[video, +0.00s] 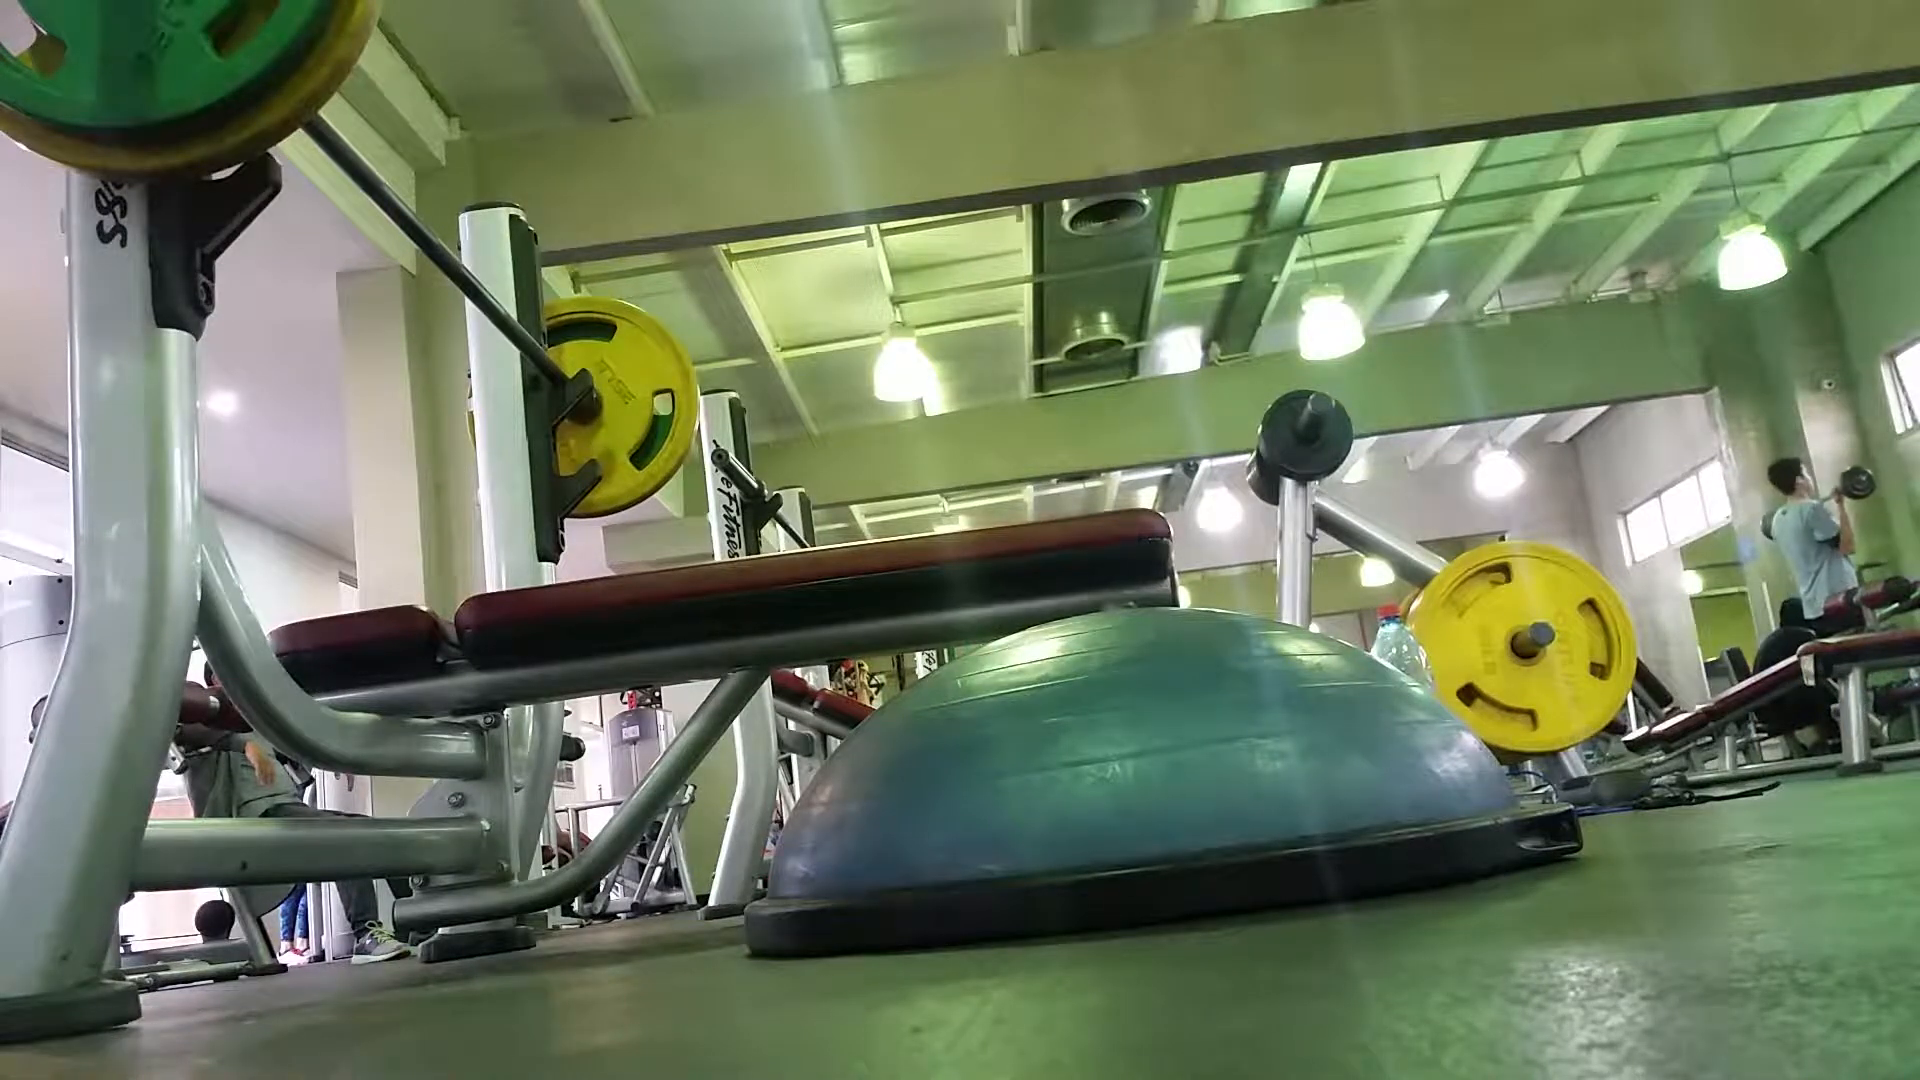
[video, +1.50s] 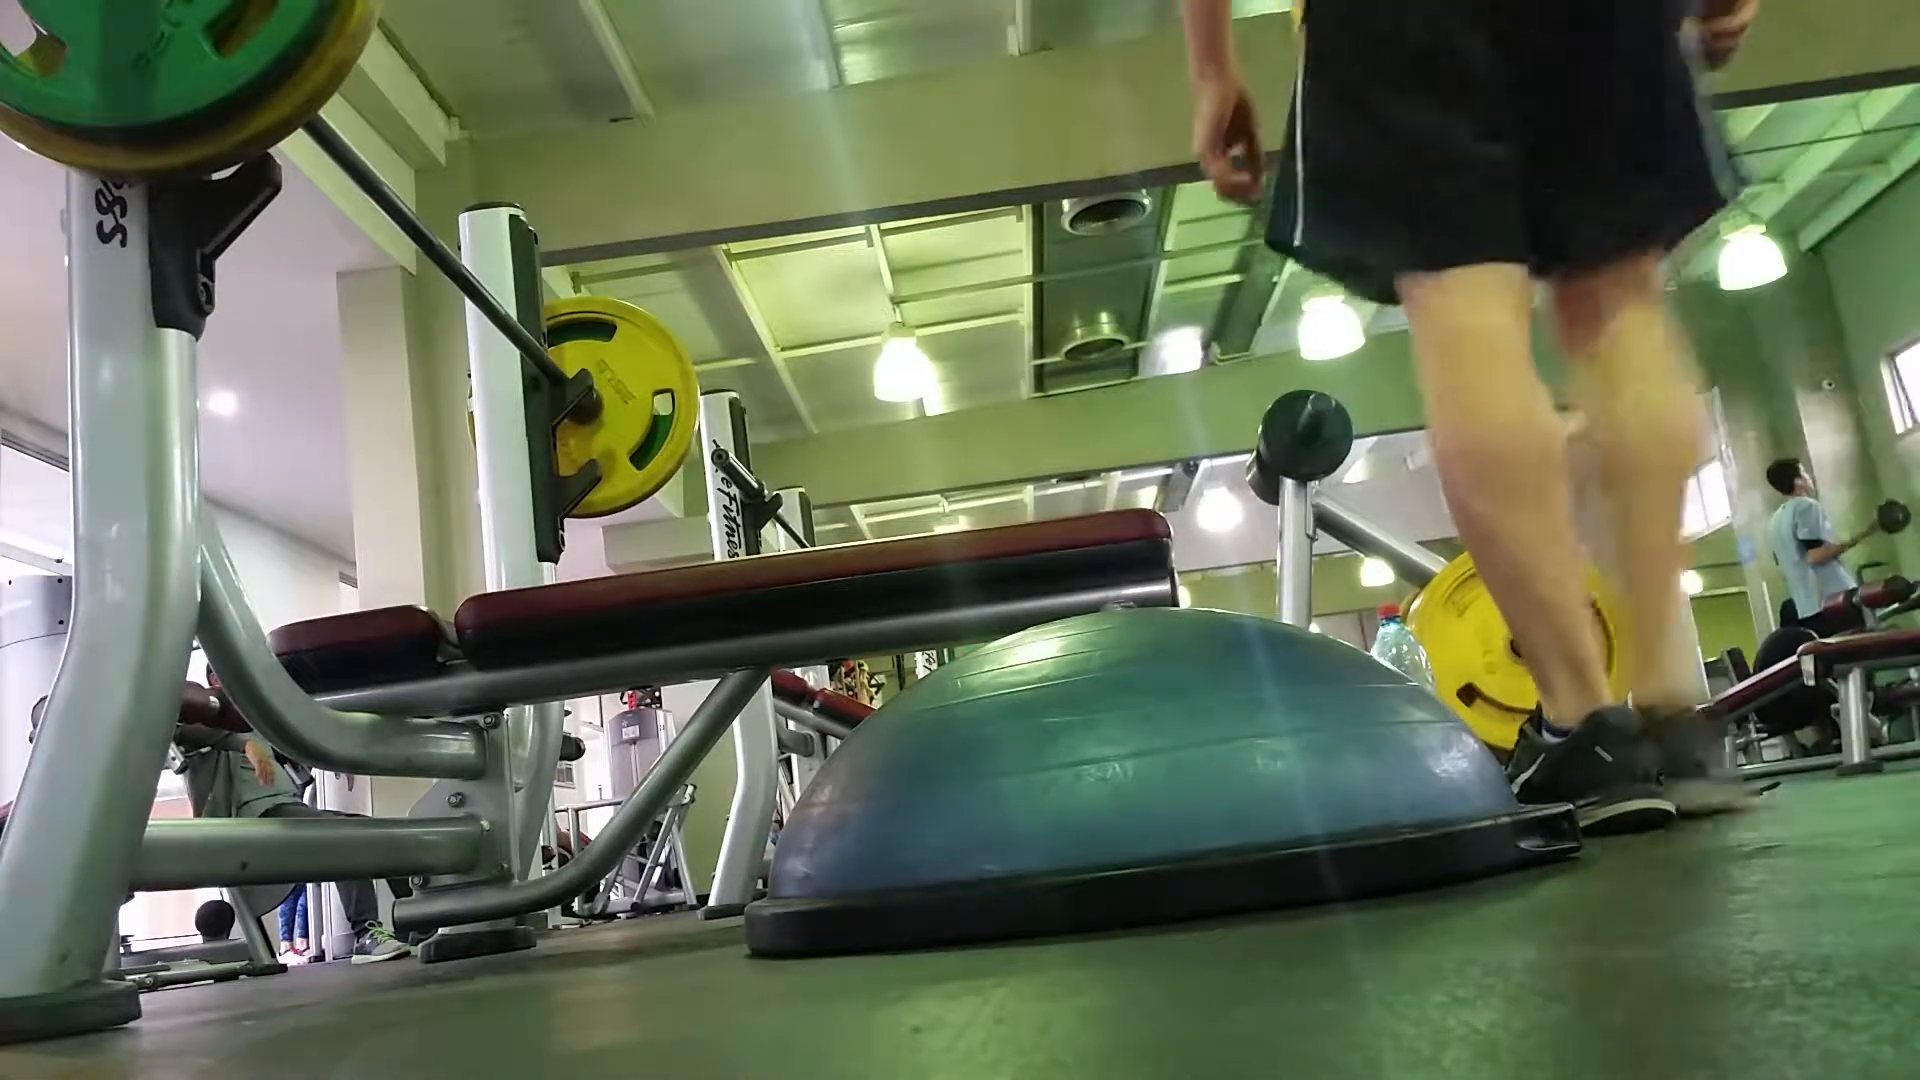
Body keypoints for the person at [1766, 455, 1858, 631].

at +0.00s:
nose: (1811, 478)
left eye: (1808, 473)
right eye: (1807, 474)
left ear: (1782, 487)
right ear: (1798, 481)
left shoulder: (1778, 519)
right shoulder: (1812, 510)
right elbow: (1847, 546)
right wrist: (1841, 505)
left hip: (1813, 608)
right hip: (1839, 602)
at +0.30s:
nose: (1812, 475)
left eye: (1808, 470)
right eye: (1807, 471)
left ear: (1783, 486)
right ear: (1800, 479)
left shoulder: (1777, 518)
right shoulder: (1812, 508)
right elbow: (1848, 543)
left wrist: (1829, 497)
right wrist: (1839, 502)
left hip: (1810, 606)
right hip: (1838, 600)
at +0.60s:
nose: (1812, 474)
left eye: (1809, 468)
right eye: (1808, 469)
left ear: (1783, 484)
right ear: (1801, 476)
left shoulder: (1776, 516)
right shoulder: (1813, 506)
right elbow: (1849, 539)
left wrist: (1826, 493)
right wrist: (1837, 496)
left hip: (1807, 606)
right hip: (1836, 600)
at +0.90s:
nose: (1810, 478)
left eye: (1807, 473)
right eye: (1805, 474)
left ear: (1782, 486)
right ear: (1797, 481)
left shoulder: (1774, 520)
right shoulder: (1806, 511)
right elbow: (1840, 548)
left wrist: (1823, 504)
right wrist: (1833, 508)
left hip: (1805, 609)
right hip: (1832, 603)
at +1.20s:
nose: (1812, 477)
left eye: (1809, 472)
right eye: (1807, 473)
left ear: (1782, 484)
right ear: (1798, 479)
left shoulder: (1774, 518)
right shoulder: (1808, 509)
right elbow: (1838, 550)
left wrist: (1830, 504)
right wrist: (1840, 507)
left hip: (1807, 607)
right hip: (1835, 600)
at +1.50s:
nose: (1810, 477)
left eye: (1806, 472)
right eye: (1804, 473)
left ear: (1781, 488)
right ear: (1798, 481)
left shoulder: (1775, 520)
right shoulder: (1806, 506)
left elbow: (1781, 564)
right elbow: (1815, 555)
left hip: (1808, 610)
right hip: (1835, 602)